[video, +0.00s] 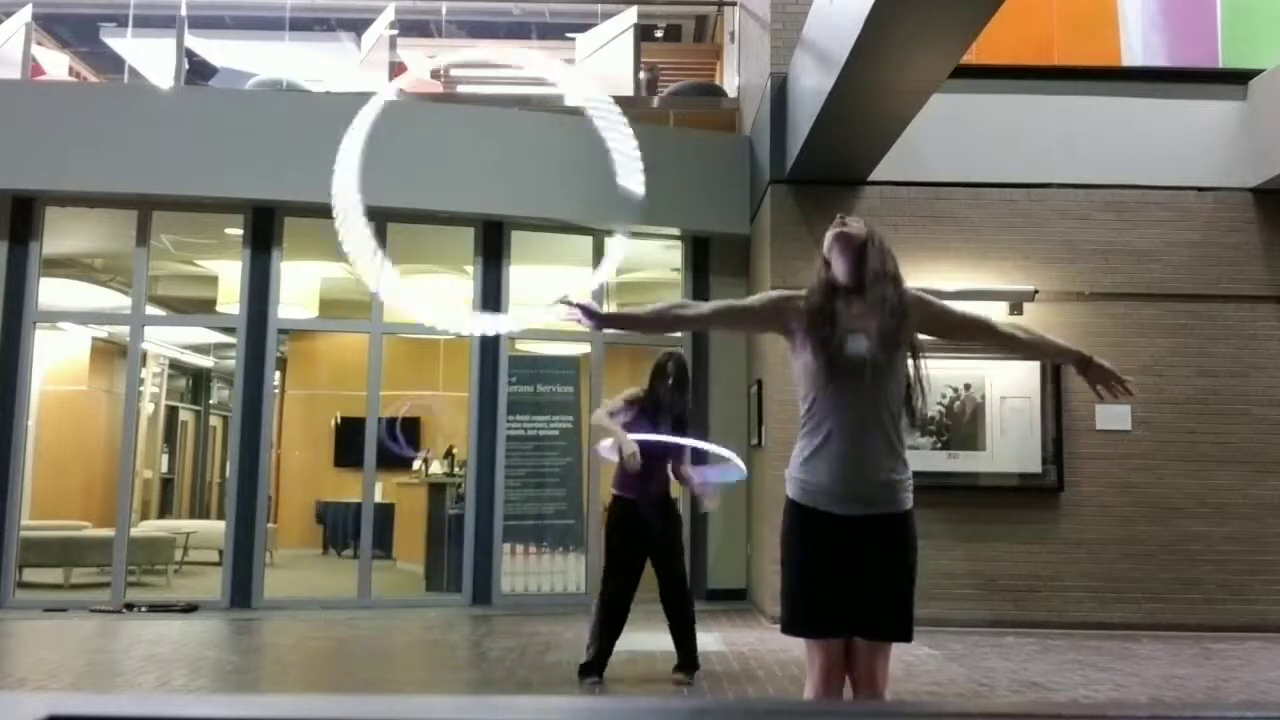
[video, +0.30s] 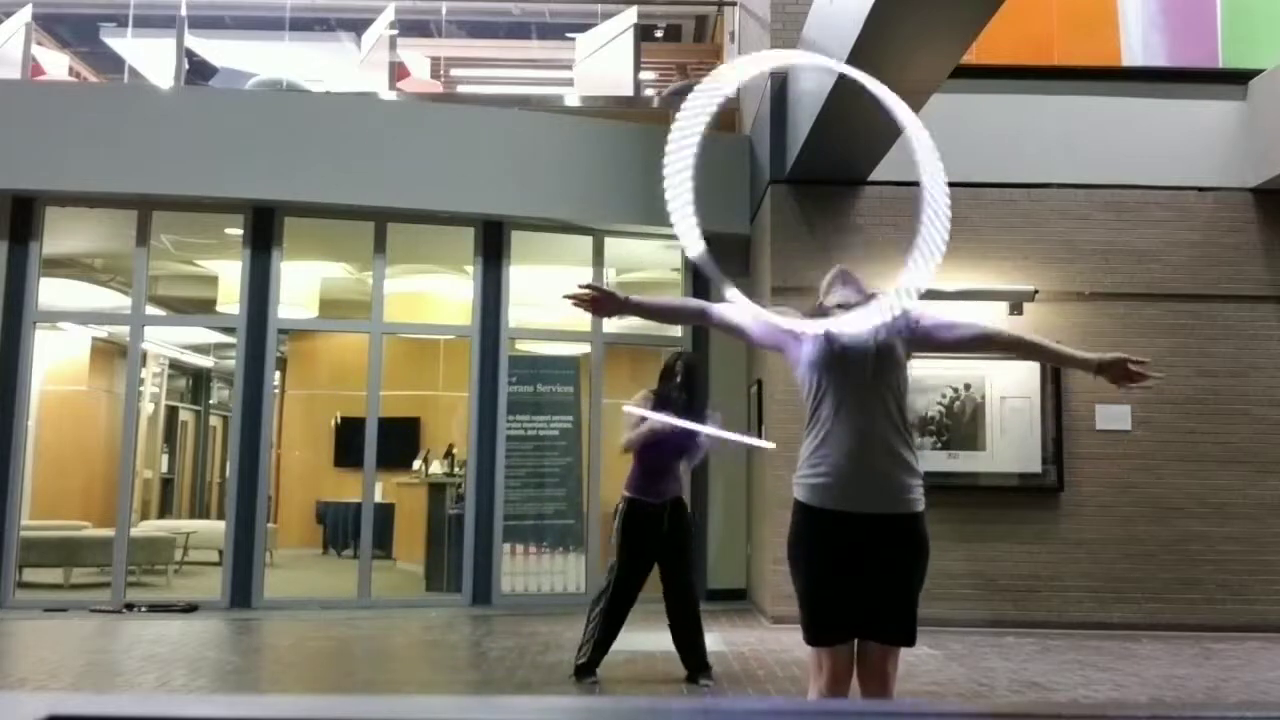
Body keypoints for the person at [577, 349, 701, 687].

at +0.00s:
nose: (670, 388)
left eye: (677, 382)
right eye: (665, 380)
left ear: (684, 385)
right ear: (655, 378)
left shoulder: (679, 417)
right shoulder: (637, 401)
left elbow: (680, 465)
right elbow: (599, 418)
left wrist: (700, 487)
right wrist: (624, 438)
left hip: (662, 507)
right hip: (627, 507)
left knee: (675, 588)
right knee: (616, 591)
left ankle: (687, 664)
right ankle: (593, 669)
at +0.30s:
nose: (681, 385)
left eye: (687, 380)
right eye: (676, 377)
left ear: (697, 384)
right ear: (665, 377)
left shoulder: (696, 413)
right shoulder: (645, 402)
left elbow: (691, 460)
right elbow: (627, 444)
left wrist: (704, 439)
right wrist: (654, 426)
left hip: (674, 508)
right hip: (638, 507)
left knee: (682, 591)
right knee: (622, 588)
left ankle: (698, 669)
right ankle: (585, 667)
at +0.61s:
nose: (684, 378)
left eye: (690, 372)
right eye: (680, 371)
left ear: (698, 377)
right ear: (671, 376)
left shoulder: (703, 411)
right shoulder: (665, 405)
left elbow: (716, 459)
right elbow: (648, 443)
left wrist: (697, 451)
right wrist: (623, 418)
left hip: (679, 507)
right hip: (644, 504)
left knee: (688, 593)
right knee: (620, 588)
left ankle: (698, 669)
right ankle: (585, 666)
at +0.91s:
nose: (665, 392)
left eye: (672, 386)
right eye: (660, 384)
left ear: (681, 392)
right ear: (649, 388)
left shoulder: (683, 429)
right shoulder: (633, 420)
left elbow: (669, 465)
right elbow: (607, 456)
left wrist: (648, 425)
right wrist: (598, 427)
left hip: (668, 520)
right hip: (630, 520)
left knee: (684, 597)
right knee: (619, 596)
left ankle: (698, 669)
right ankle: (595, 667)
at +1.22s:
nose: (639, 386)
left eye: (646, 381)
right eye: (635, 378)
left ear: (652, 385)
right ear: (623, 378)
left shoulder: (648, 416)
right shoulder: (601, 406)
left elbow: (646, 464)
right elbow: (591, 456)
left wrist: (644, 465)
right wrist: (621, 495)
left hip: (628, 510)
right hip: (596, 510)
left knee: (644, 590)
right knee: (599, 592)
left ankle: (665, 666)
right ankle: (589, 669)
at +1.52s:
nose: (636, 383)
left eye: (640, 377)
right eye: (632, 376)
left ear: (642, 380)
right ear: (619, 375)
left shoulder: (630, 409)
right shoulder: (597, 401)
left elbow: (617, 461)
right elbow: (590, 448)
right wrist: (632, 445)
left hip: (624, 507)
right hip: (595, 510)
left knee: (645, 588)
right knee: (597, 590)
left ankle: (668, 666)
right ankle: (578, 669)